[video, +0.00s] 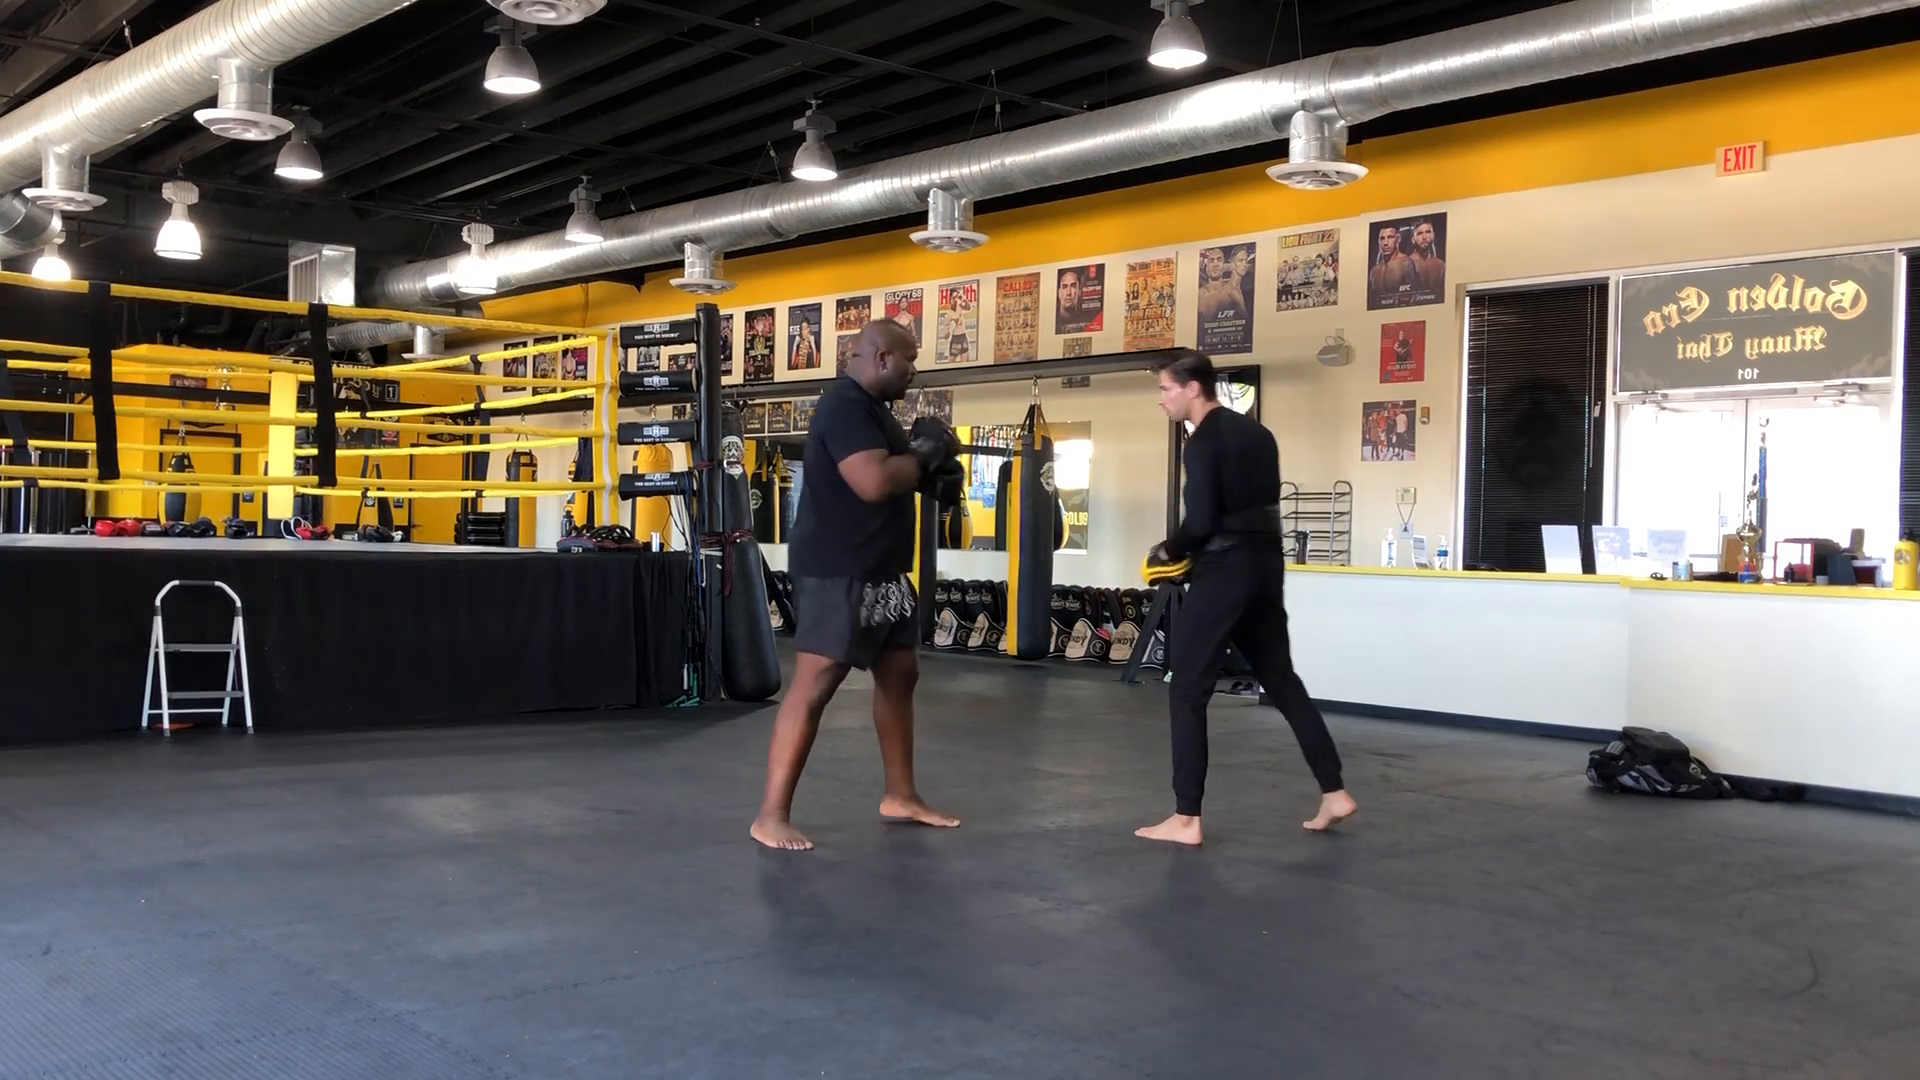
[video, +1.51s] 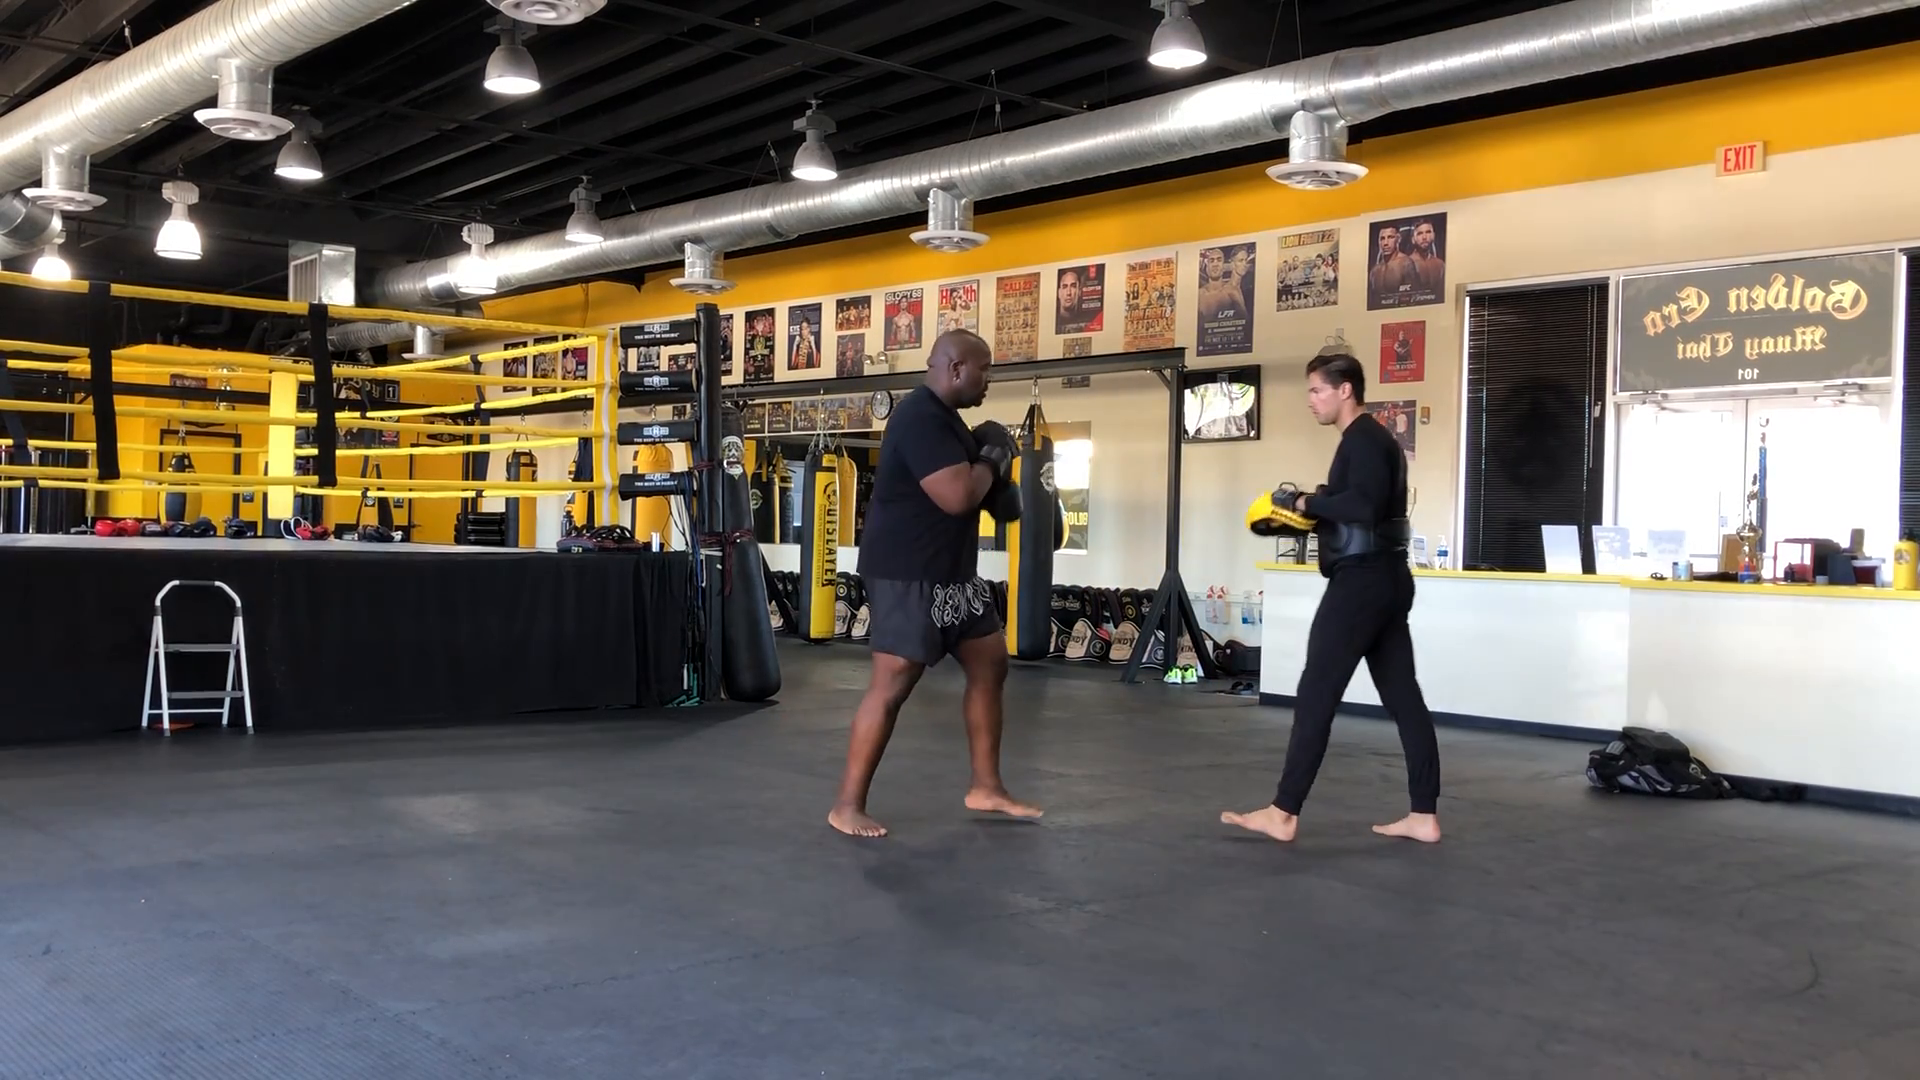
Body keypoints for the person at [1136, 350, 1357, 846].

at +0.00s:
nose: (1161, 401)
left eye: (1166, 390)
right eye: (1160, 391)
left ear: (1194, 388)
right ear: (1199, 390)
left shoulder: (1203, 440)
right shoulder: (1260, 433)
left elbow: (1200, 521)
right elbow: (1260, 509)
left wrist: (1169, 549)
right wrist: (1200, 545)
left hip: (1224, 568)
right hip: (1266, 566)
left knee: (1186, 688)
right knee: (1280, 680)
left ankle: (1186, 817)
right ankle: (1335, 792)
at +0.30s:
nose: (1229, 401)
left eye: (1235, 391)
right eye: (1228, 391)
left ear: (1264, 391)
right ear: (1264, 393)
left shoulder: (1281, 438)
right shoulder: (1296, 441)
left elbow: (1256, 498)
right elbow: (1277, 525)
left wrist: (1211, 459)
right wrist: (1219, 533)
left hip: (1278, 582)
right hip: (1306, 581)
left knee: (1234, 692)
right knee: (1327, 697)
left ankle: (1205, 813)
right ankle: (1351, 812)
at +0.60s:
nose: (1245, 397)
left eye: (1253, 386)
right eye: (1245, 388)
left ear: (1281, 386)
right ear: (1280, 388)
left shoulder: (1302, 424)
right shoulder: (1299, 437)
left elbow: (1273, 445)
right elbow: (1288, 525)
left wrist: (1226, 413)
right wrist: (1232, 529)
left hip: (1296, 573)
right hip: (1316, 573)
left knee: (1258, 691)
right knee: (1329, 692)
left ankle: (1272, 815)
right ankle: (1351, 812)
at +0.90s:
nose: (1232, 397)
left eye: (1236, 387)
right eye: (1231, 388)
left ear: (1265, 384)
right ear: (1274, 385)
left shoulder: (1265, 427)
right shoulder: (1321, 433)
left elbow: (1204, 457)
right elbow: (1312, 506)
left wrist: (1168, 414)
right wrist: (1255, 532)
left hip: (1289, 569)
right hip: (1332, 568)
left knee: (1270, 691)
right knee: (1335, 686)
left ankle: (1273, 816)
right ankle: (1358, 806)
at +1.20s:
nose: (1265, 395)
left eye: (1270, 385)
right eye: (1263, 386)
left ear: (1297, 383)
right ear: (1303, 385)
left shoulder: (1304, 436)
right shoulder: (1349, 436)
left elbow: (1292, 508)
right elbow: (1327, 511)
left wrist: (1242, 513)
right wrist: (1262, 515)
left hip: (1308, 572)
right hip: (1347, 571)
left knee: (1282, 695)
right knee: (1353, 687)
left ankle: (1275, 816)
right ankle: (1410, 796)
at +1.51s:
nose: (1310, 401)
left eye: (1316, 391)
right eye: (1309, 392)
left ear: (1344, 390)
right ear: (1345, 392)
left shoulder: (1363, 437)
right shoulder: (1369, 437)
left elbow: (1364, 504)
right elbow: (1355, 511)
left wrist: (1307, 502)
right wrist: (1306, 512)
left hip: (1360, 584)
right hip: (1386, 582)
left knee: (1315, 697)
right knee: (1405, 701)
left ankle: (1282, 813)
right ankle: (1424, 816)